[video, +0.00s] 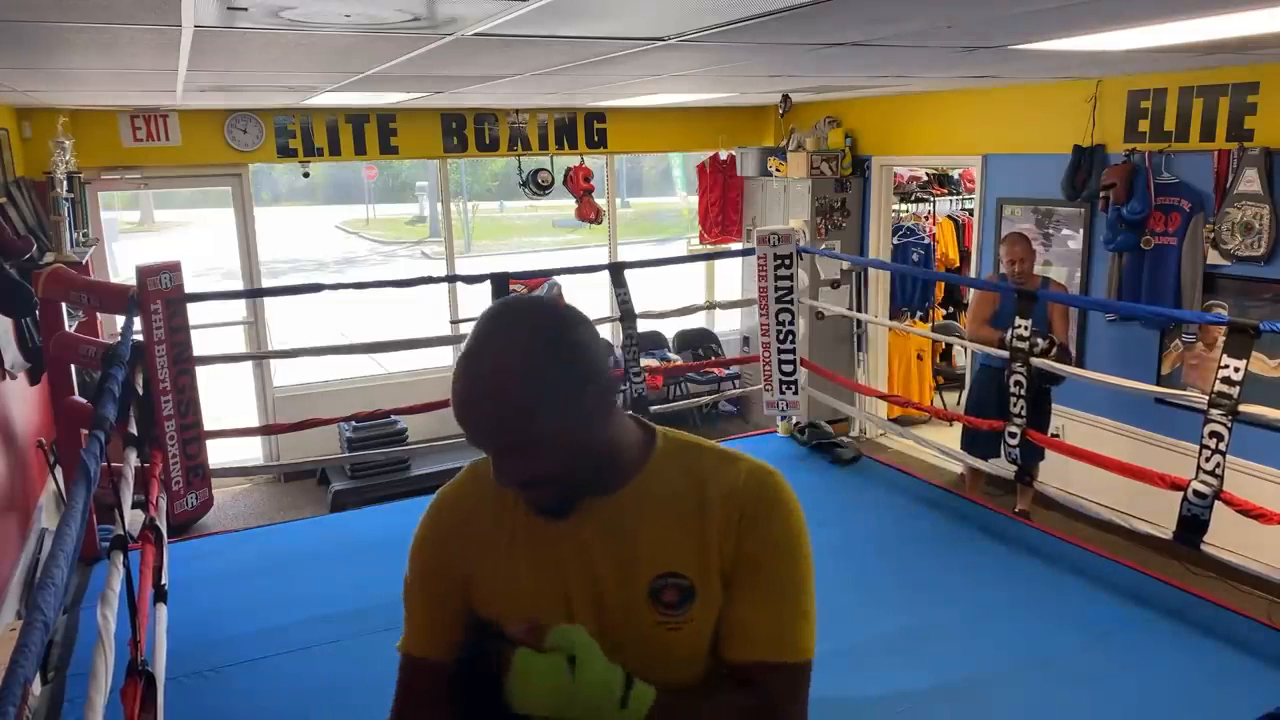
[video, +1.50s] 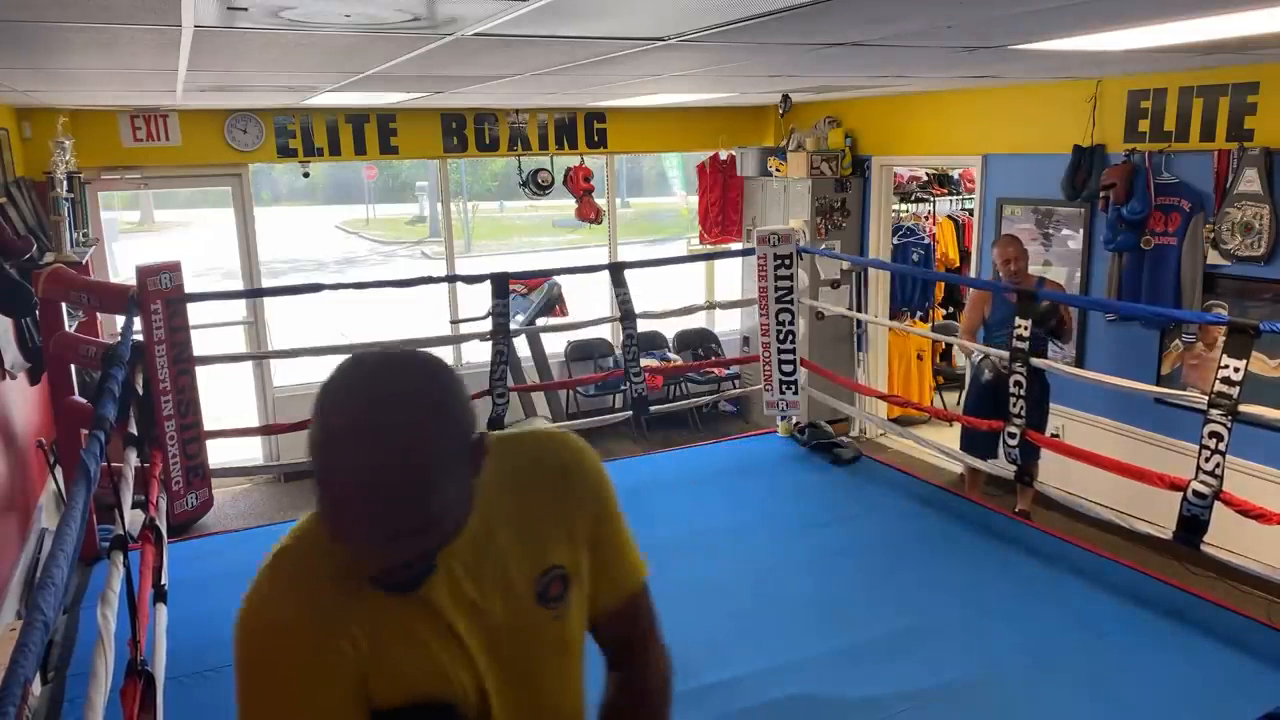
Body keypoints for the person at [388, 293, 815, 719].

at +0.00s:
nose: (507, 481)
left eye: (529, 455)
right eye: (488, 453)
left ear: (609, 388)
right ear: (474, 427)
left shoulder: (747, 505)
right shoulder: (456, 518)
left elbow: (774, 702)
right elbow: (420, 699)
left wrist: (624, 700)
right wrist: (496, 686)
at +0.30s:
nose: (539, 470)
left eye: (556, 442)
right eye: (523, 444)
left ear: (638, 394)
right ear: (506, 423)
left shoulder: (780, 503)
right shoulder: (498, 508)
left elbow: (779, 707)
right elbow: (457, 705)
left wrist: (567, 706)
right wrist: (481, 696)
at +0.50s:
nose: (576, 466)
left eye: (598, 444)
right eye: (558, 438)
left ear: (673, 389)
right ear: (538, 411)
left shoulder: (813, 506)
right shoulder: (528, 503)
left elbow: (794, 708)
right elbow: (489, 703)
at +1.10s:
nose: (584, 486)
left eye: (615, 456)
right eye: (565, 455)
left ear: (680, 417)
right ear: (546, 426)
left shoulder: (783, 503)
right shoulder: (495, 516)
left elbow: (826, 707)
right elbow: (459, 701)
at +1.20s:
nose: (531, 489)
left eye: (559, 461)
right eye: (513, 460)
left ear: (626, 428)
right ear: (495, 436)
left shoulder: (732, 496)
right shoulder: (451, 534)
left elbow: (796, 684)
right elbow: (420, 706)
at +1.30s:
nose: (472, 511)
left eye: (503, 482)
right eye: (451, 480)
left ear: (574, 437)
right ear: (432, 453)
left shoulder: (678, 488)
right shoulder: (390, 564)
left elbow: (745, 685)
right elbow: (368, 709)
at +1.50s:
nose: (378, 568)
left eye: (413, 548)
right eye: (351, 541)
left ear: (478, 461)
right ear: (318, 476)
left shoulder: (556, 473)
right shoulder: (287, 623)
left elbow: (636, 654)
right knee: (423, 705)